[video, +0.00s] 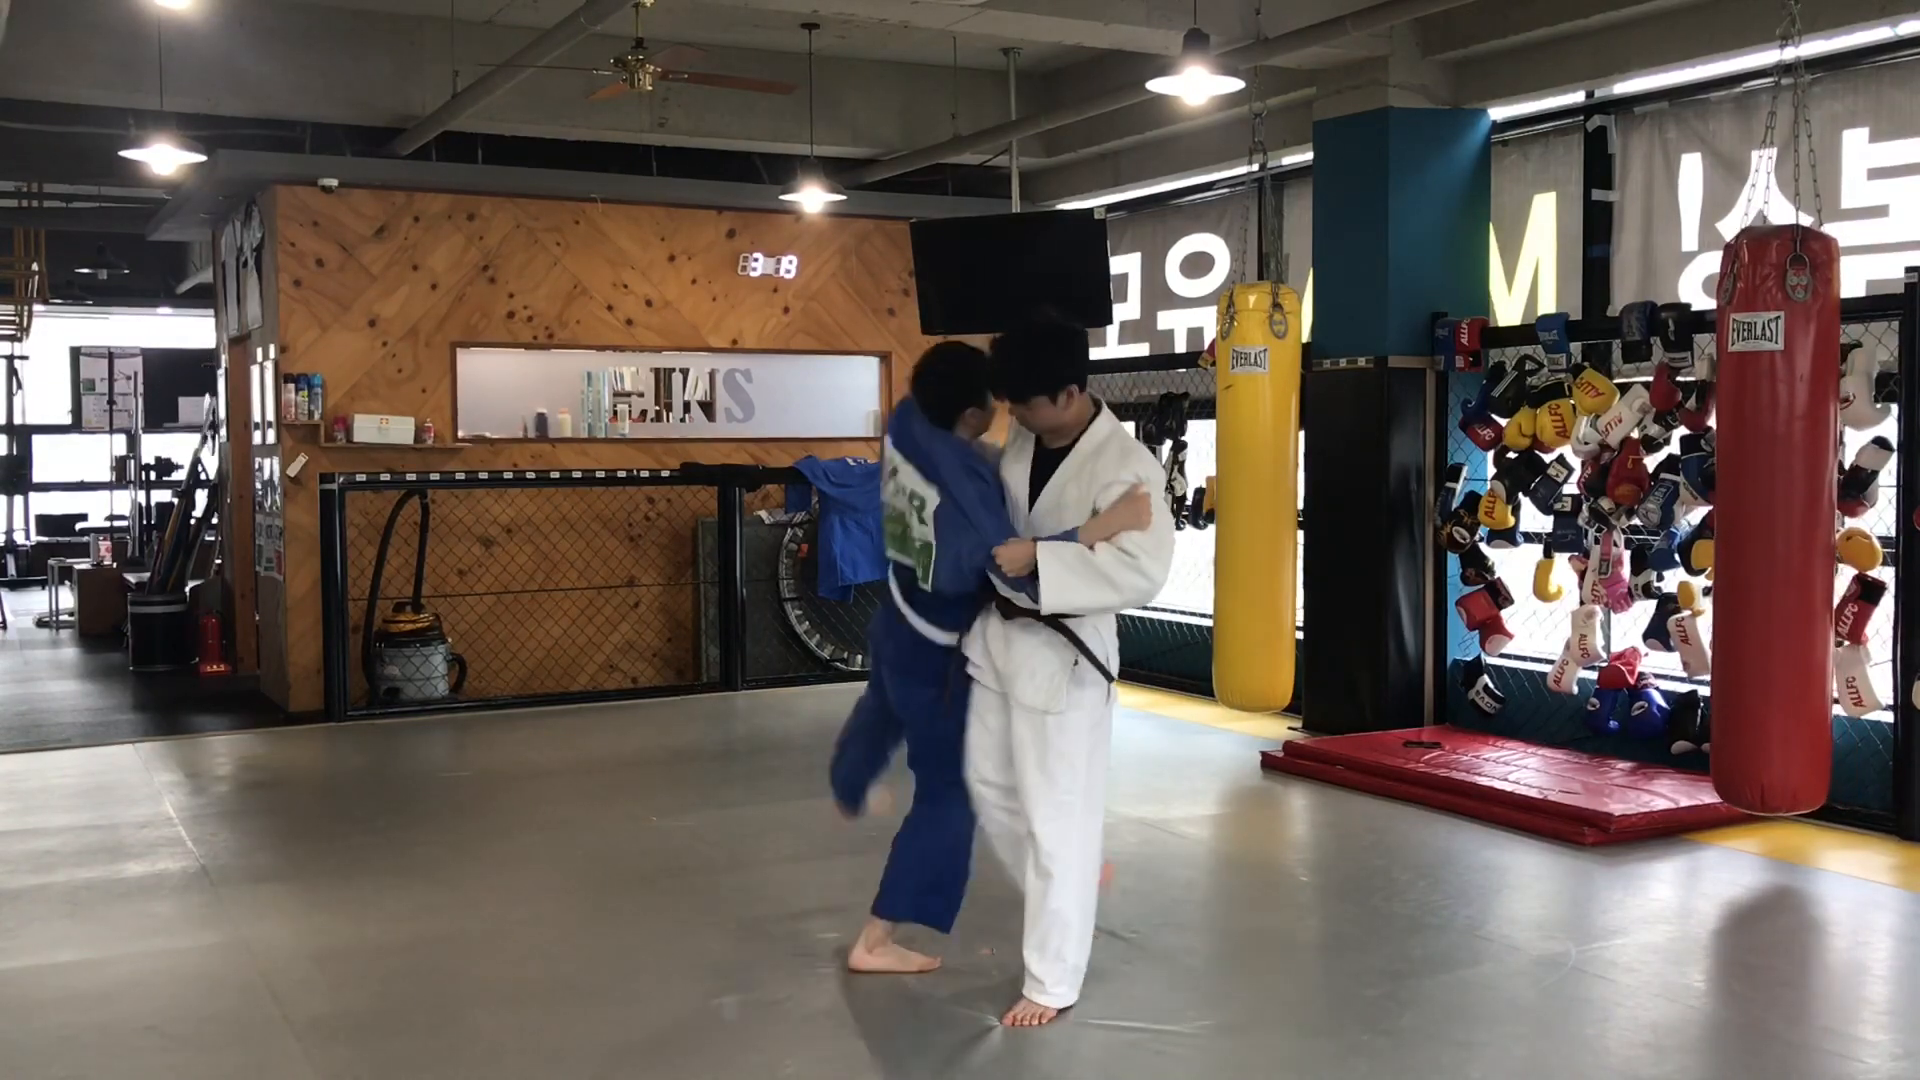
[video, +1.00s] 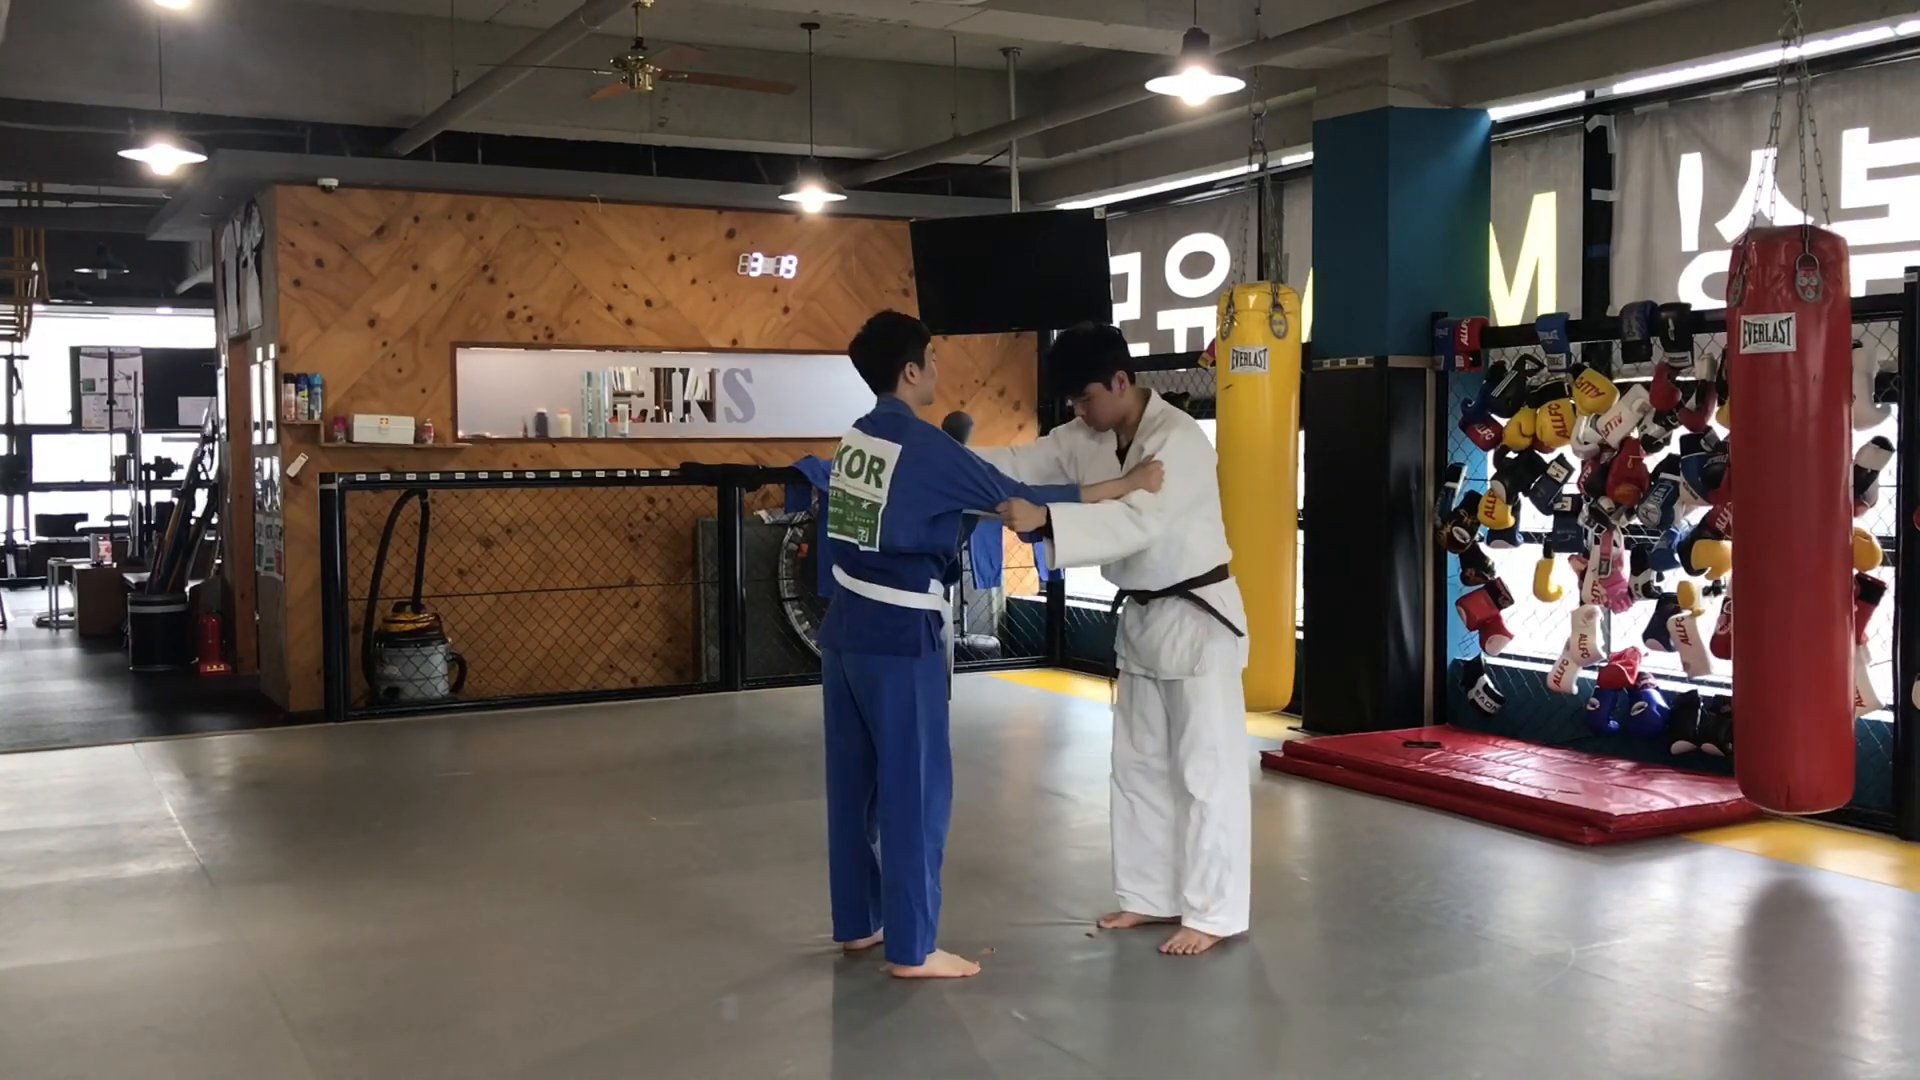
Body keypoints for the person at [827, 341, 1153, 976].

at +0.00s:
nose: (995, 414)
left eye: (996, 405)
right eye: (989, 407)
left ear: (923, 396)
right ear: (971, 415)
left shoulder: (906, 429)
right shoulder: (968, 483)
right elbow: (1004, 560)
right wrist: (1097, 531)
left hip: (894, 620)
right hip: (935, 652)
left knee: (883, 700)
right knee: (944, 789)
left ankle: (849, 783)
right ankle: (878, 936)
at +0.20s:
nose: (947, 384)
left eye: (942, 373)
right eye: (940, 375)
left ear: (887, 391)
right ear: (921, 393)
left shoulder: (877, 435)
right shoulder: (932, 467)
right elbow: (1001, 536)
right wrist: (1088, 512)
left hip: (882, 636)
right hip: (929, 653)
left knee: (893, 785)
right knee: (952, 790)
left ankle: (864, 919)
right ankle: (885, 938)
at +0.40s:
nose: (920, 372)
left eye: (914, 362)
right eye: (912, 364)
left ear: (862, 380)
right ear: (890, 376)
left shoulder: (855, 444)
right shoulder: (917, 456)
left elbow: (961, 491)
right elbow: (998, 510)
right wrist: (1100, 501)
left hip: (858, 634)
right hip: (910, 646)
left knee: (873, 782)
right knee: (940, 788)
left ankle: (862, 923)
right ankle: (905, 939)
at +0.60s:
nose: (919, 363)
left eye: (912, 353)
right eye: (910, 354)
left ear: (860, 373)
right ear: (889, 366)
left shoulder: (852, 438)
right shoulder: (916, 446)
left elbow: (952, 489)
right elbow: (1008, 488)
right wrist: (1112, 476)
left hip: (844, 632)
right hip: (899, 641)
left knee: (853, 780)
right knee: (918, 787)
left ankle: (856, 922)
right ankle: (915, 950)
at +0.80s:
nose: (929, 371)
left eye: (924, 360)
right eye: (923, 361)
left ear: (872, 374)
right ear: (905, 370)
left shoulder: (855, 438)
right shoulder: (924, 451)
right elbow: (1012, 504)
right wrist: (1110, 491)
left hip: (840, 636)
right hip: (897, 644)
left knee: (851, 783)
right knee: (913, 790)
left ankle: (853, 927)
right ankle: (907, 948)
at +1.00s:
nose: (937, 373)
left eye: (932, 361)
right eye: (931, 363)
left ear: (877, 375)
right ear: (911, 372)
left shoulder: (857, 436)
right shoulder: (931, 452)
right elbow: (1022, 506)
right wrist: (1118, 489)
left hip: (843, 635)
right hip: (902, 644)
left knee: (851, 785)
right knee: (917, 792)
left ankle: (855, 926)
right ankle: (912, 950)